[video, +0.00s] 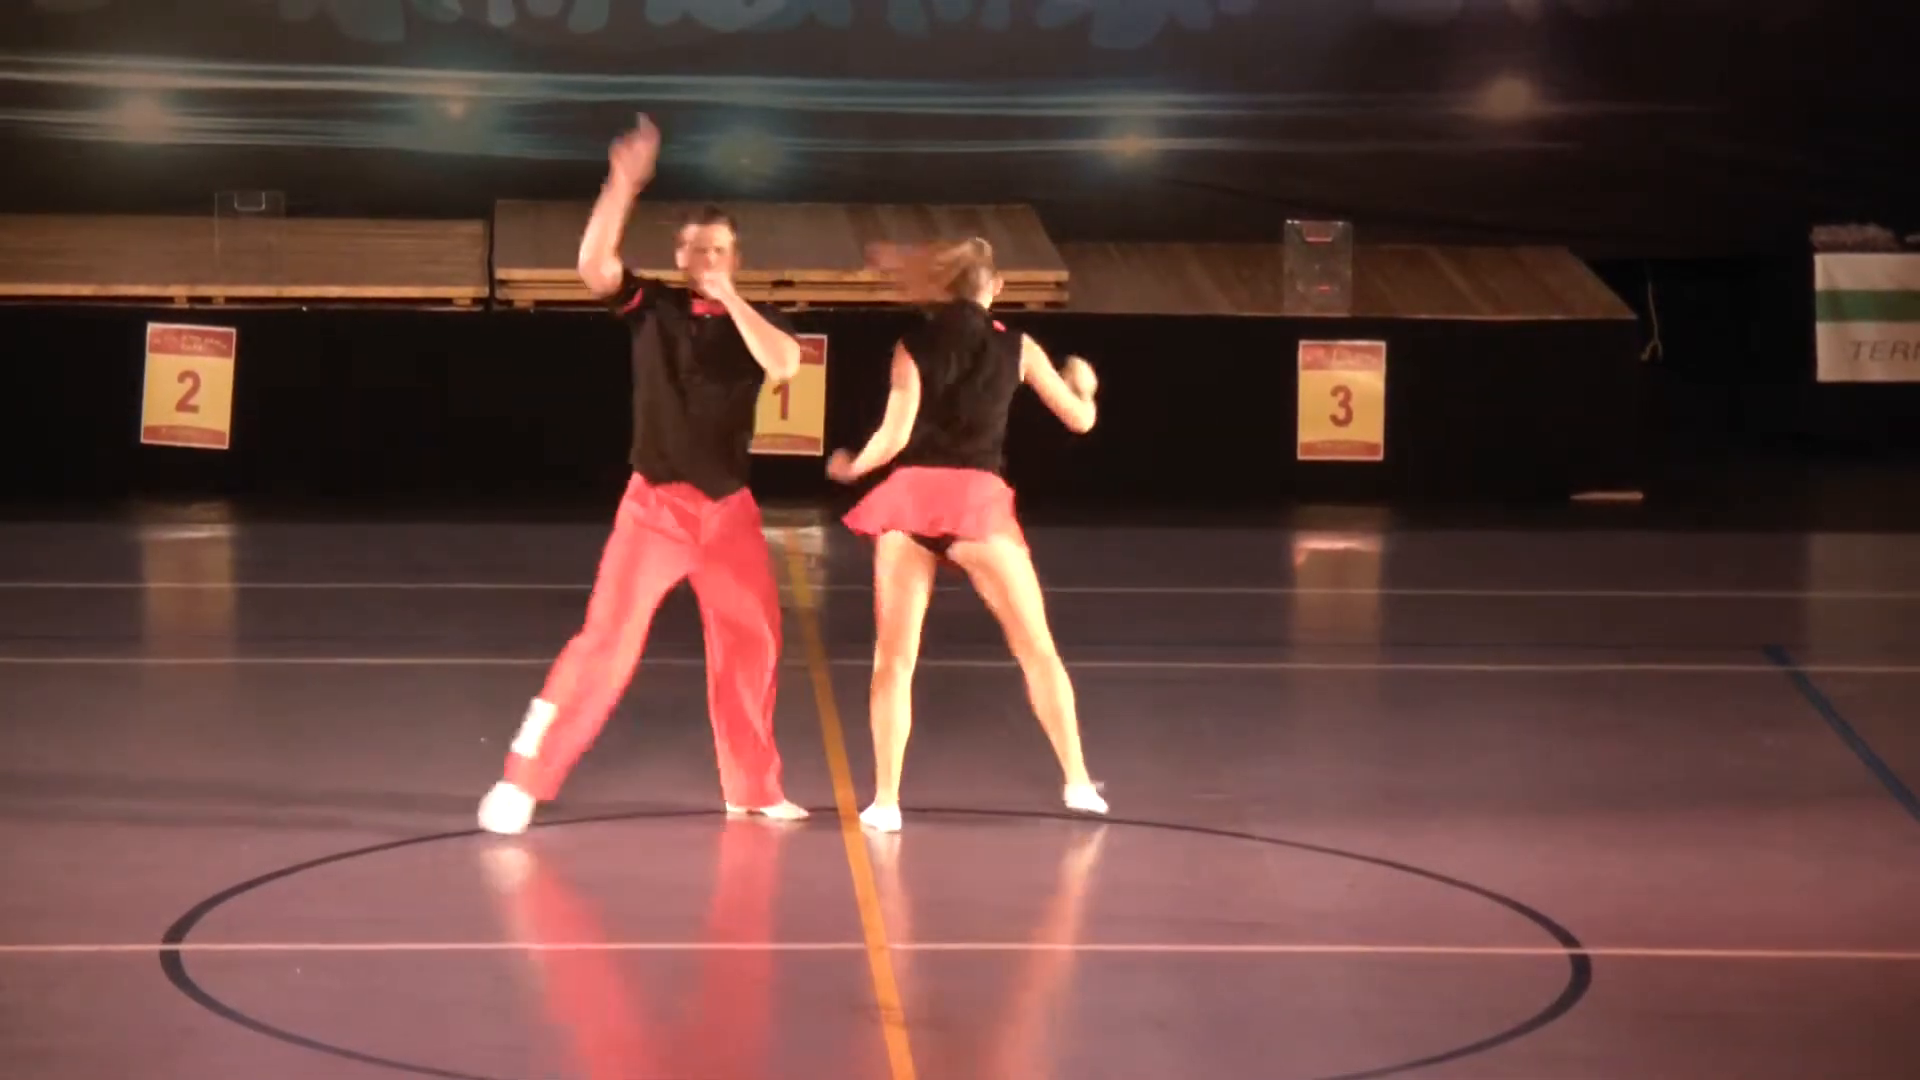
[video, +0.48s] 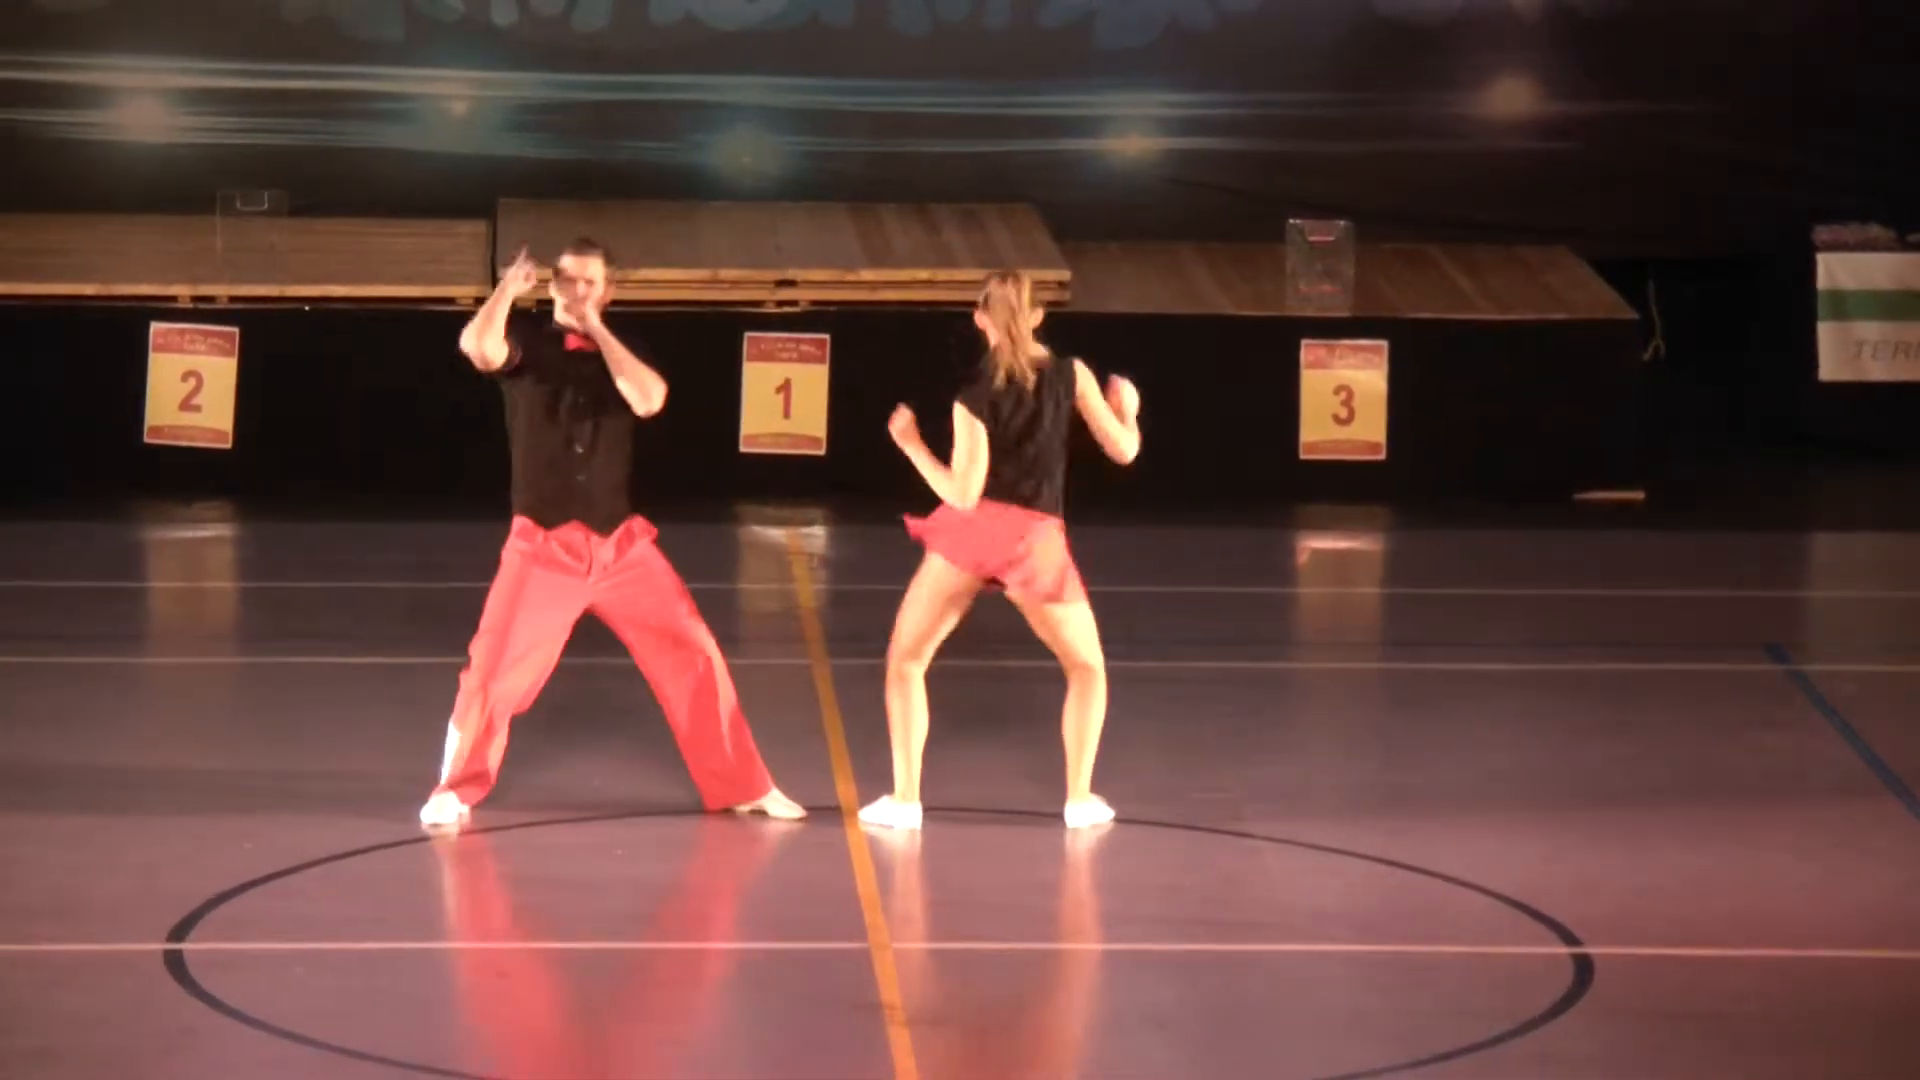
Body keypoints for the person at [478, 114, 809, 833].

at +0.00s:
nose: (707, 257)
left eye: (717, 248)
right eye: (697, 248)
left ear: (735, 260)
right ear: (679, 256)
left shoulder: (756, 324)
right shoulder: (649, 306)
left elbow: (784, 364)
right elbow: (595, 265)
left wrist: (727, 294)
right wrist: (623, 183)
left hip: (730, 514)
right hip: (654, 507)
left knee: (752, 649)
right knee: (606, 644)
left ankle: (755, 792)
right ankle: (522, 784)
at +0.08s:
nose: (685, 267)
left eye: (696, 258)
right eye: (675, 256)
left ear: (711, 266)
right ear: (654, 263)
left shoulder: (727, 330)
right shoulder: (630, 309)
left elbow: (760, 370)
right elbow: (602, 241)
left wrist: (701, 310)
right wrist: (590, 160)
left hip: (711, 521)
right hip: (632, 516)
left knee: (747, 647)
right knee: (567, 640)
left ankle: (749, 790)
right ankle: (470, 768)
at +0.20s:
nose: (646, 275)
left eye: (657, 266)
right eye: (636, 266)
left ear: (680, 275)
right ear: (621, 272)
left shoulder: (699, 343)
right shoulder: (588, 330)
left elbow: (720, 384)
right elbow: (530, 286)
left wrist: (665, 319)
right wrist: (580, 218)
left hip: (672, 533)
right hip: (588, 528)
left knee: (723, 646)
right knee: (532, 652)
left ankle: (751, 789)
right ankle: (456, 780)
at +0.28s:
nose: (622, 283)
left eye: (635, 274)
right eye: (614, 271)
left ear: (653, 284)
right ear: (595, 277)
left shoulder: (669, 353)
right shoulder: (565, 341)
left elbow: (694, 393)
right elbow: (518, 300)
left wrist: (644, 320)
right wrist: (547, 227)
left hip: (650, 543)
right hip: (566, 540)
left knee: (714, 656)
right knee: (514, 661)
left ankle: (748, 791)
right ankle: (450, 786)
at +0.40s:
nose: (595, 287)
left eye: (606, 279)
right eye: (586, 277)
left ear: (624, 289)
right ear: (568, 285)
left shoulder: (638, 354)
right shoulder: (539, 342)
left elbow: (666, 400)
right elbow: (491, 325)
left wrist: (613, 331)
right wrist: (520, 242)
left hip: (631, 545)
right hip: (546, 545)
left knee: (702, 655)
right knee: (497, 666)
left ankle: (744, 784)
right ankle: (453, 789)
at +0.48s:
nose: (576, 291)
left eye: (588, 281)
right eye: (568, 280)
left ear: (607, 290)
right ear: (551, 286)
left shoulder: (621, 354)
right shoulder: (525, 346)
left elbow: (649, 402)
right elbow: (477, 348)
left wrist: (596, 328)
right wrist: (506, 291)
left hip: (622, 544)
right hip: (540, 545)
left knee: (696, 656)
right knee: (493, 670)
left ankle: (744, 786)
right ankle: (453, 795)